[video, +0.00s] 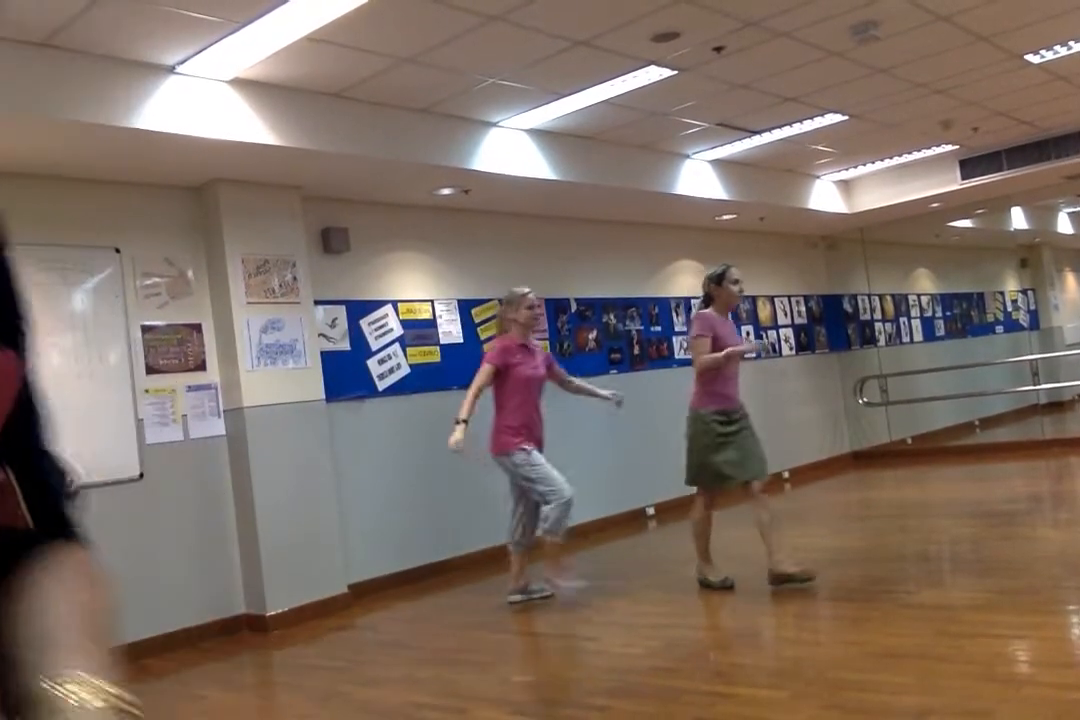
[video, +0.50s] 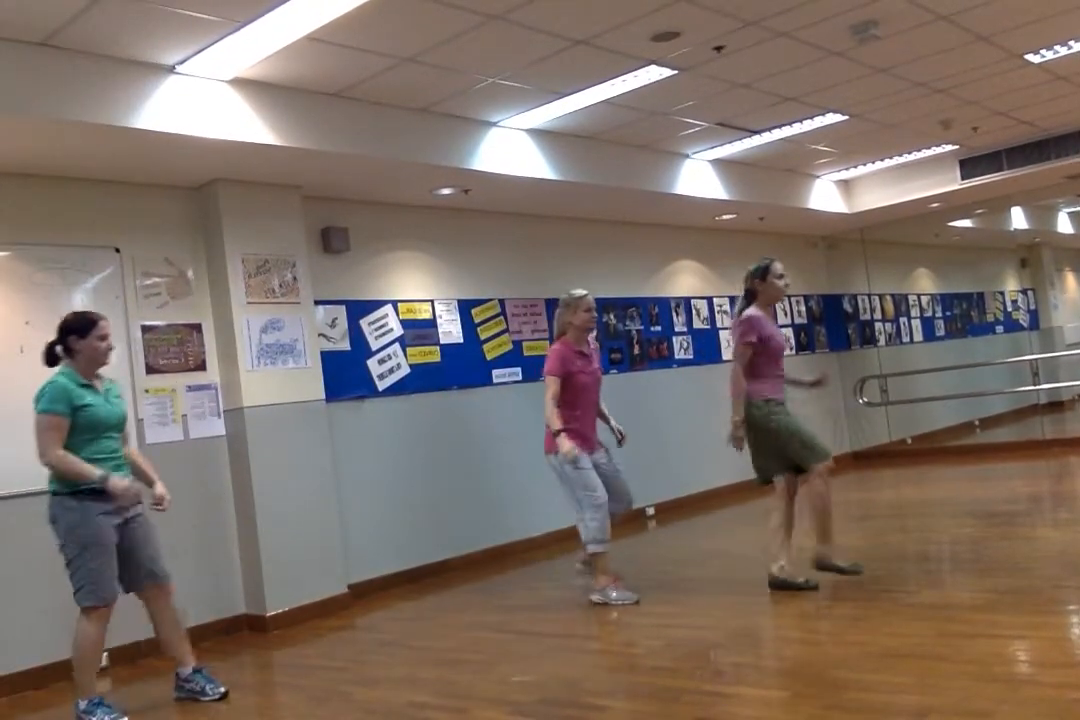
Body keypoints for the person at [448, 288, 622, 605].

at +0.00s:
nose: (536, 312)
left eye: (537, 307)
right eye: (529, 308)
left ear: (535, 313)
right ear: (511, 314)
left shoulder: (540, 352)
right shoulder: (501, 348)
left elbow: (568, 382)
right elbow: (475, 390)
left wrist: (605, 394)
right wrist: (461, 425)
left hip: (531, 443)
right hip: (510, 444)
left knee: (524, 513)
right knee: (560, 496)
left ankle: (518, 585)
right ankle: (553, 572)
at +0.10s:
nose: (550, 314)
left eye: (550, 309)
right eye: (543, 310)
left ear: (550, 314)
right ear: (525, 314)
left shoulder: (557, 350)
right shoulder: (514, 351)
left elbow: (583, 386)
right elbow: (490, 389)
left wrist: (617, 400)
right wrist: (465, 424)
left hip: (549, 444)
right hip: (527, 445)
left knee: (534, 515)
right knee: (564, 507)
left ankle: (519, 583)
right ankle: (594, 582)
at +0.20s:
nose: (563, 315)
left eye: (564, 310)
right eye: (556, 311)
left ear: (565, 315)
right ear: (539, 317)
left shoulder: (573, 351)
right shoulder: (529, 353)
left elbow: (589, 392)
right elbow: (508, 392)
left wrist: (613, 414)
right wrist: (484, 431)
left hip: (569, 444)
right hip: (543, 445)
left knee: (559, 513)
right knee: (580, 505)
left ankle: (528, 572)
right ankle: (599, 585)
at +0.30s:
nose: (577, 315)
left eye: (578, 310)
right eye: (570, 311)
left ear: (578, 315)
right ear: (553, 316)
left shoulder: (582, 351)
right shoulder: (544, 354)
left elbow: (586, 395)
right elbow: (525, 400)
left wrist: (607, 421)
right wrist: (510, 442)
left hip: (579, 443)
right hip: (554, 445)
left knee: (605, 506)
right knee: (589, 505)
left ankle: (552, 553)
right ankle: (600, 584)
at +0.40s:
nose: (586, 315)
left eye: (587, 310)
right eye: (579, 310)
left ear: (586, 315)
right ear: (562, 316)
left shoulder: (586, 348)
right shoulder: (552, 352)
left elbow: (586, 395)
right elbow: (537, 397)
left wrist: (607, 423)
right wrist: (534, 440)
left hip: (584, 440)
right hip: (557, 442)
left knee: (617, 499)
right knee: (590, 502)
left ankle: (569, 549)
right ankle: (601, 582)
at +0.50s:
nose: (593, 316)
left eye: (593, 311)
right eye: (586, 311)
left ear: (591, 316)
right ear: (568, 316)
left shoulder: (590, 350)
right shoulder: (558, 353)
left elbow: (591, 396)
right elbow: (550, 402)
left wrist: (612, 424)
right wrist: (561, 436)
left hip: (591, 441)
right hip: (566, 443)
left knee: (620, 498)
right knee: (594, 500)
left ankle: (588, 556)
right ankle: (602, 580)